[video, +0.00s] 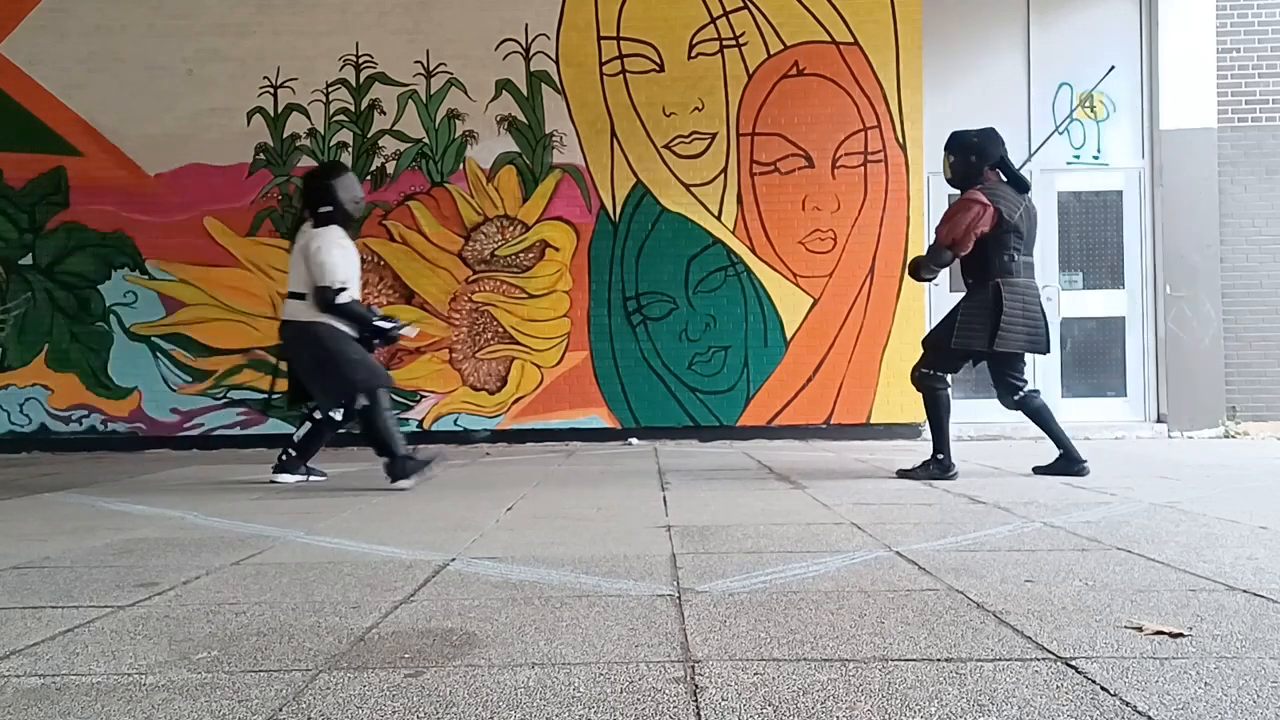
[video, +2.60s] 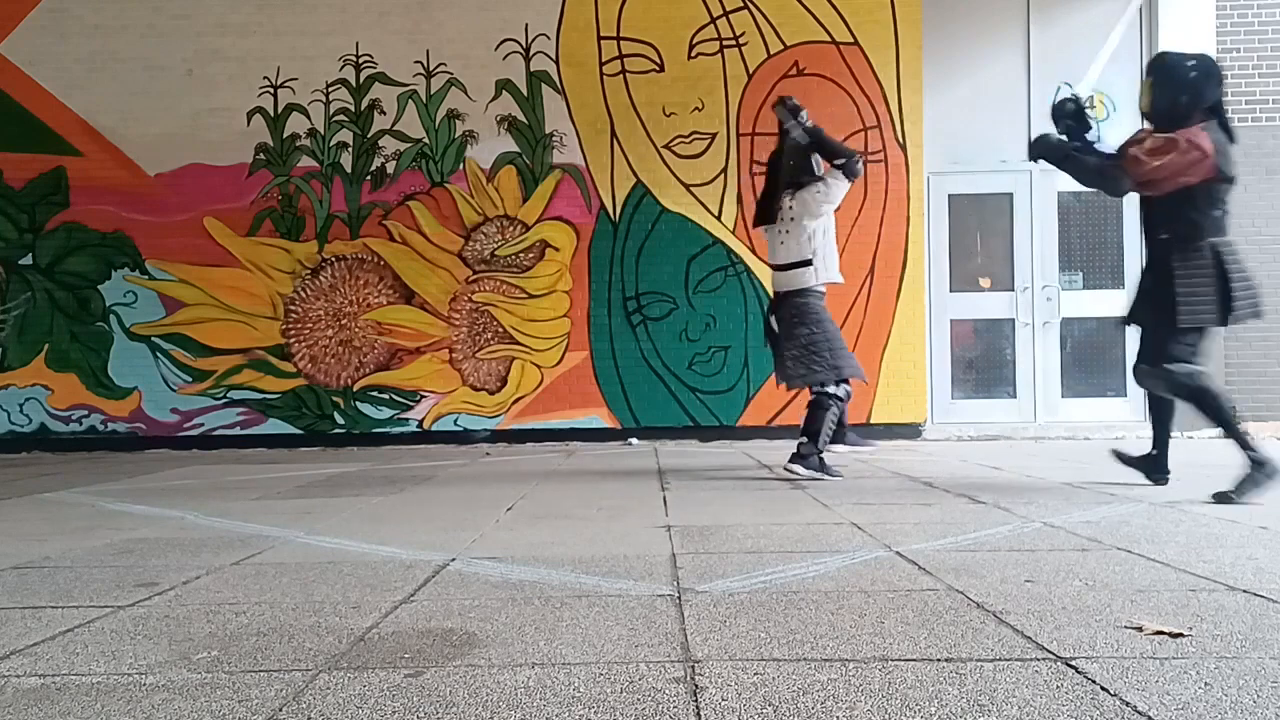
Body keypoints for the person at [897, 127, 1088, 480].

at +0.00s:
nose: (948, 168)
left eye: (953, 160)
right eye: (949, 160)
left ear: (977, 162)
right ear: (992, 164)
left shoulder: (977, 201)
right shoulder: (1021, 201)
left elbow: (941, 255)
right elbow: (1008, 250)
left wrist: (921, 268)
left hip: (989, 304)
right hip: (1022, 305)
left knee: (929, 371)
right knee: (1014, 389)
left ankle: (941, 460)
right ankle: (1070, 455)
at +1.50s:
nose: (992, 172)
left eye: (998, 164)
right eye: (992, 165)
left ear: (1022, 165)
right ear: (1026, 167)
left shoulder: (1034, 203)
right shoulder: (1034, 200)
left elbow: (1015, 260)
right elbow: (1026, 256)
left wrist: (975, 280)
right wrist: (994, 250)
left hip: (1048, 300)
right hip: (1056, 299)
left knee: (994, 367)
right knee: (1044, 385)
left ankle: (1004, 456)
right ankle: (1102, 447)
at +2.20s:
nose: (1038, 170)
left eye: (1046, 163)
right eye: (1039, 162)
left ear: (1074, 166)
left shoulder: (1090, 212)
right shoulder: (1043, 202)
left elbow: (1038, 252)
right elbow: (1021, 248)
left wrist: (974, 249)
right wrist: (972, 250)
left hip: (1064, 304)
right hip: (1038, 300)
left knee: (1005, 377)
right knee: (1022, 387)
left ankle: (982, 462)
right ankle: (1108, 438)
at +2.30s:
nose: (1066, 149)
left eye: (1075, 143)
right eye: (1068, 141)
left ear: (1101, 146)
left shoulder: (1119, 189)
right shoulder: (1068, 184)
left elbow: (1059, 219)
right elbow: (1032, 226)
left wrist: (996, 200)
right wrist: (994, 201)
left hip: (1096, 300)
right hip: (1071, 297)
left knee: (1030, 381)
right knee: (1068, 395)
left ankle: (989, 461)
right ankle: (1140, 463)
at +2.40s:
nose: (1090, 127)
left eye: (1097, 121)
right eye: (1093, 120)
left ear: (1119, 128)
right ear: (1126, 129)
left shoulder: (1139, 172)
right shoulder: (1119, 169)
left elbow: (1076, 192)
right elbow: (1055, 199)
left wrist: (1017, 167)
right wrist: (1021, 167)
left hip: (1120, 291)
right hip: (1116, 289)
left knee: (1054, 360)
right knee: (1091, 379)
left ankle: (1056, 451)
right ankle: (1142, 463)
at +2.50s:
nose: (1117, 106)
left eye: (1124, 99)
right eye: (1120, 98)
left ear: (1146, 109)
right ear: (1160, 110)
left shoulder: (1160, 155)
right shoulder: (1166, 150)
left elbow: (1094, 179)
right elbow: (1096, 172)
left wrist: (1035, 152)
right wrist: (1054, 146)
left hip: (1150, 272)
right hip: (1152, 270)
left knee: (1107, 356)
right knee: (1109, 357)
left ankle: (1149, 456)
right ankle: (1152, 448)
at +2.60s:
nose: (1147, 96)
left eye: (1156, 88)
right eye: (1150, 87)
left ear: (1180, 95)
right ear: (1193, 95)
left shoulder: (1190, 144)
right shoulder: (1188, 137)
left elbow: (1118, 178)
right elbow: (1129, 170)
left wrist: (1057, 152)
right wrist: (1081, 149)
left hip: (1189, 268)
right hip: (1174, 266)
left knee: (1170, 368)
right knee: (1156, 365)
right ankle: (1157, 459)